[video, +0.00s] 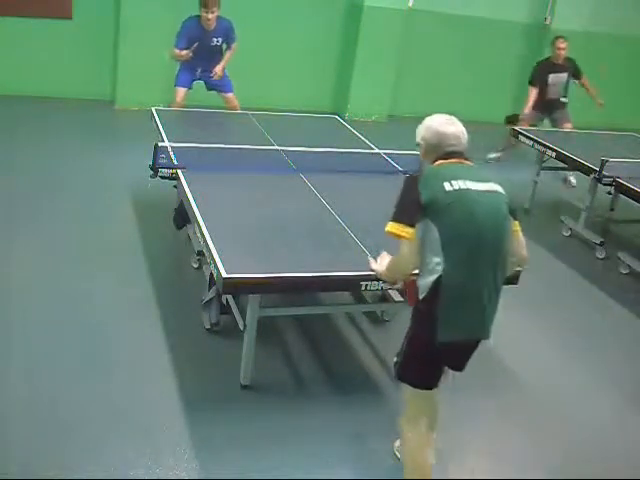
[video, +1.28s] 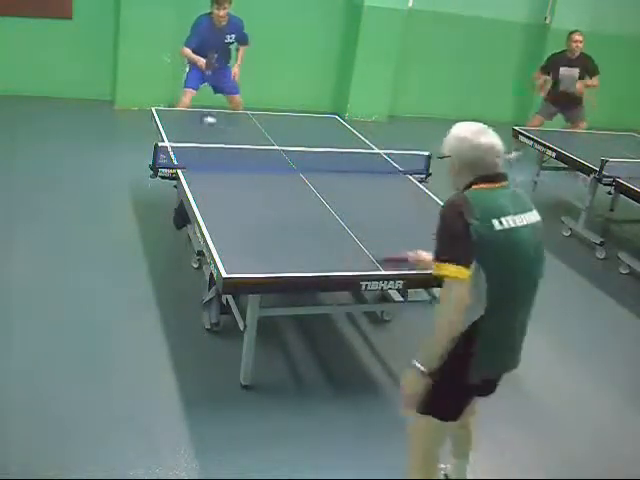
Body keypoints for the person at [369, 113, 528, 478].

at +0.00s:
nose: (417, 152)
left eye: (419, 147)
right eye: (417, 147)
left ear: (426, 150)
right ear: (463, 148)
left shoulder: (421, 183)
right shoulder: (493, 185)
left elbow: (405, 266)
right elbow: (518, 255)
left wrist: (386, 270)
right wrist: (483, 270)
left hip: (437, 313)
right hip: (479, 313)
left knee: (416, 419)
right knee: (427, 381)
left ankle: (418, 470)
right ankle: (416, 443)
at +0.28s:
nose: (390, 181)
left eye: (390, 172)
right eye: (389, 173)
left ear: (401, 169)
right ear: (431, 160)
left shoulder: (400, 199)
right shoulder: (474, 193)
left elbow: (373, 288)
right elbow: (498, 267)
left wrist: (359, 282)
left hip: (424, 329)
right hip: (469, 329)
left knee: (377, 428)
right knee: (421, 383)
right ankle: (424, 456)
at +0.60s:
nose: (380, 181)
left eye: (380, 172)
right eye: (378, 173)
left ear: (392, 169)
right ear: (427, 158)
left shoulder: (400, 207)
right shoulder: (469, 197)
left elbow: (360, 298)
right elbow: (466, 271)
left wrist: (316, 285)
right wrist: (394, 282)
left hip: (412, 342)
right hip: (459, 338)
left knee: (371, 433)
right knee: (430, 399)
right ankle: (435, 466)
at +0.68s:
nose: (382, 183)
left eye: (382, 174)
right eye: (380, 174)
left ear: (395, 174)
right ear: (428, 161)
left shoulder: (407, 209)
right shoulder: (468, 196)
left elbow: (376, 299)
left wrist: (312, 326)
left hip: (419, 345)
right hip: (461, 339)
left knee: (374, 435)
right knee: (430, 398)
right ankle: (442, 469)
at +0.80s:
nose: (388, 185)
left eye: (388, 177)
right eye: (386, 178)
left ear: (403, 174)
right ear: (429, 164)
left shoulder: (420, 213)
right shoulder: (467, 197)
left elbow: (427, 306)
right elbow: (470, 275)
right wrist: (403, 297)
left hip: (437, 349)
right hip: (468, 343)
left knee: (391, 411)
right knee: (438, 399)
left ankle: (371, 472)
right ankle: (454, 470)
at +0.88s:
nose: (391, 187)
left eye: (391, 179)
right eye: (389, 180)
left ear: (404, 178)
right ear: (434, 168)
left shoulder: (428, 212)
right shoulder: (468, 200)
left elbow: (461, 303)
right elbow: (452, 268)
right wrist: (395, 284)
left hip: (441, 348)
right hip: (474, 341)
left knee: (385, 444)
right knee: (449, 415)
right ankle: (455, 471)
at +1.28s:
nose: (445, 166)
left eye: (447, 159)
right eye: (445, 159)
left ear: (458, 165)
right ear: (495, 159)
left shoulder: (461, 207)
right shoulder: (520, 201)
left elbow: (458, 301)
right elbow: (500, 270)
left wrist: (422, 366)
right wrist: (439, 263)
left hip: (470, 346)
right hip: (506, 342)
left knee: (425, 423)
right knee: (462, 408)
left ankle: (426, 473)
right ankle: (459, 471)